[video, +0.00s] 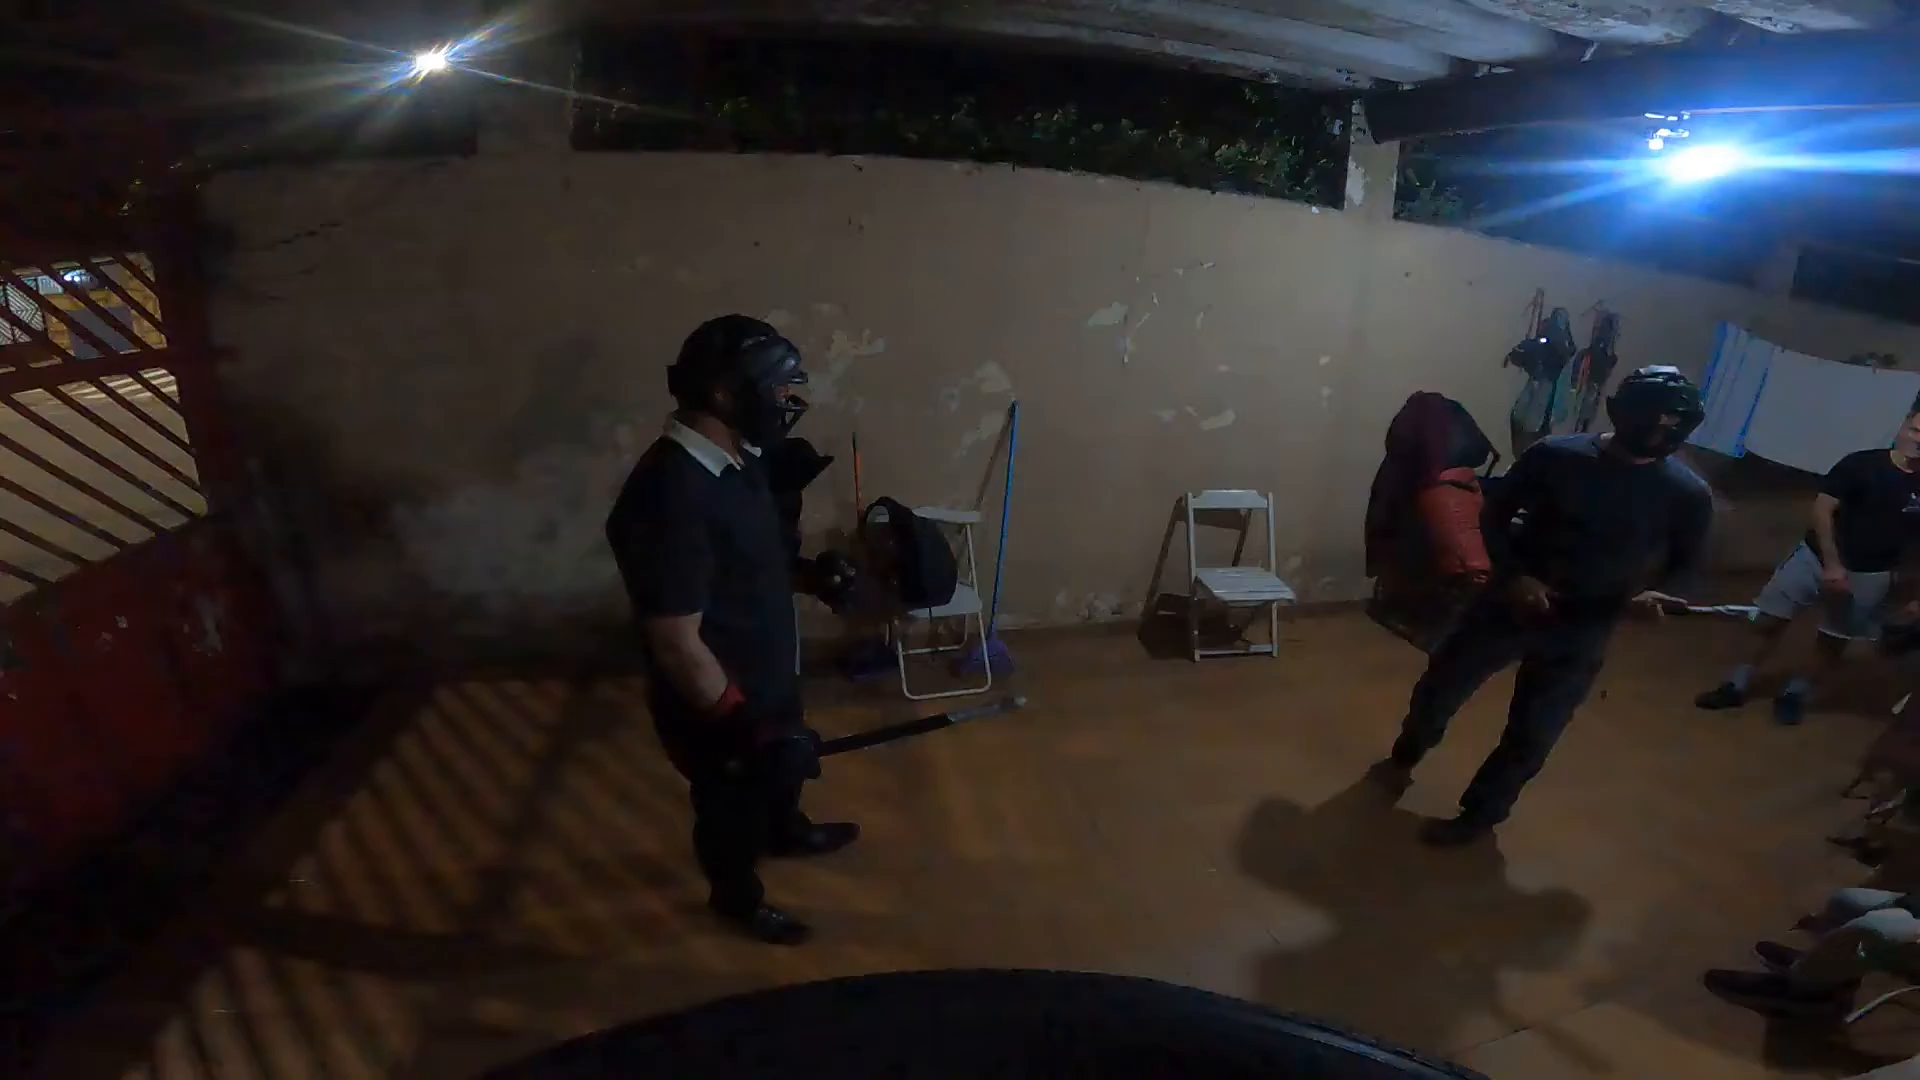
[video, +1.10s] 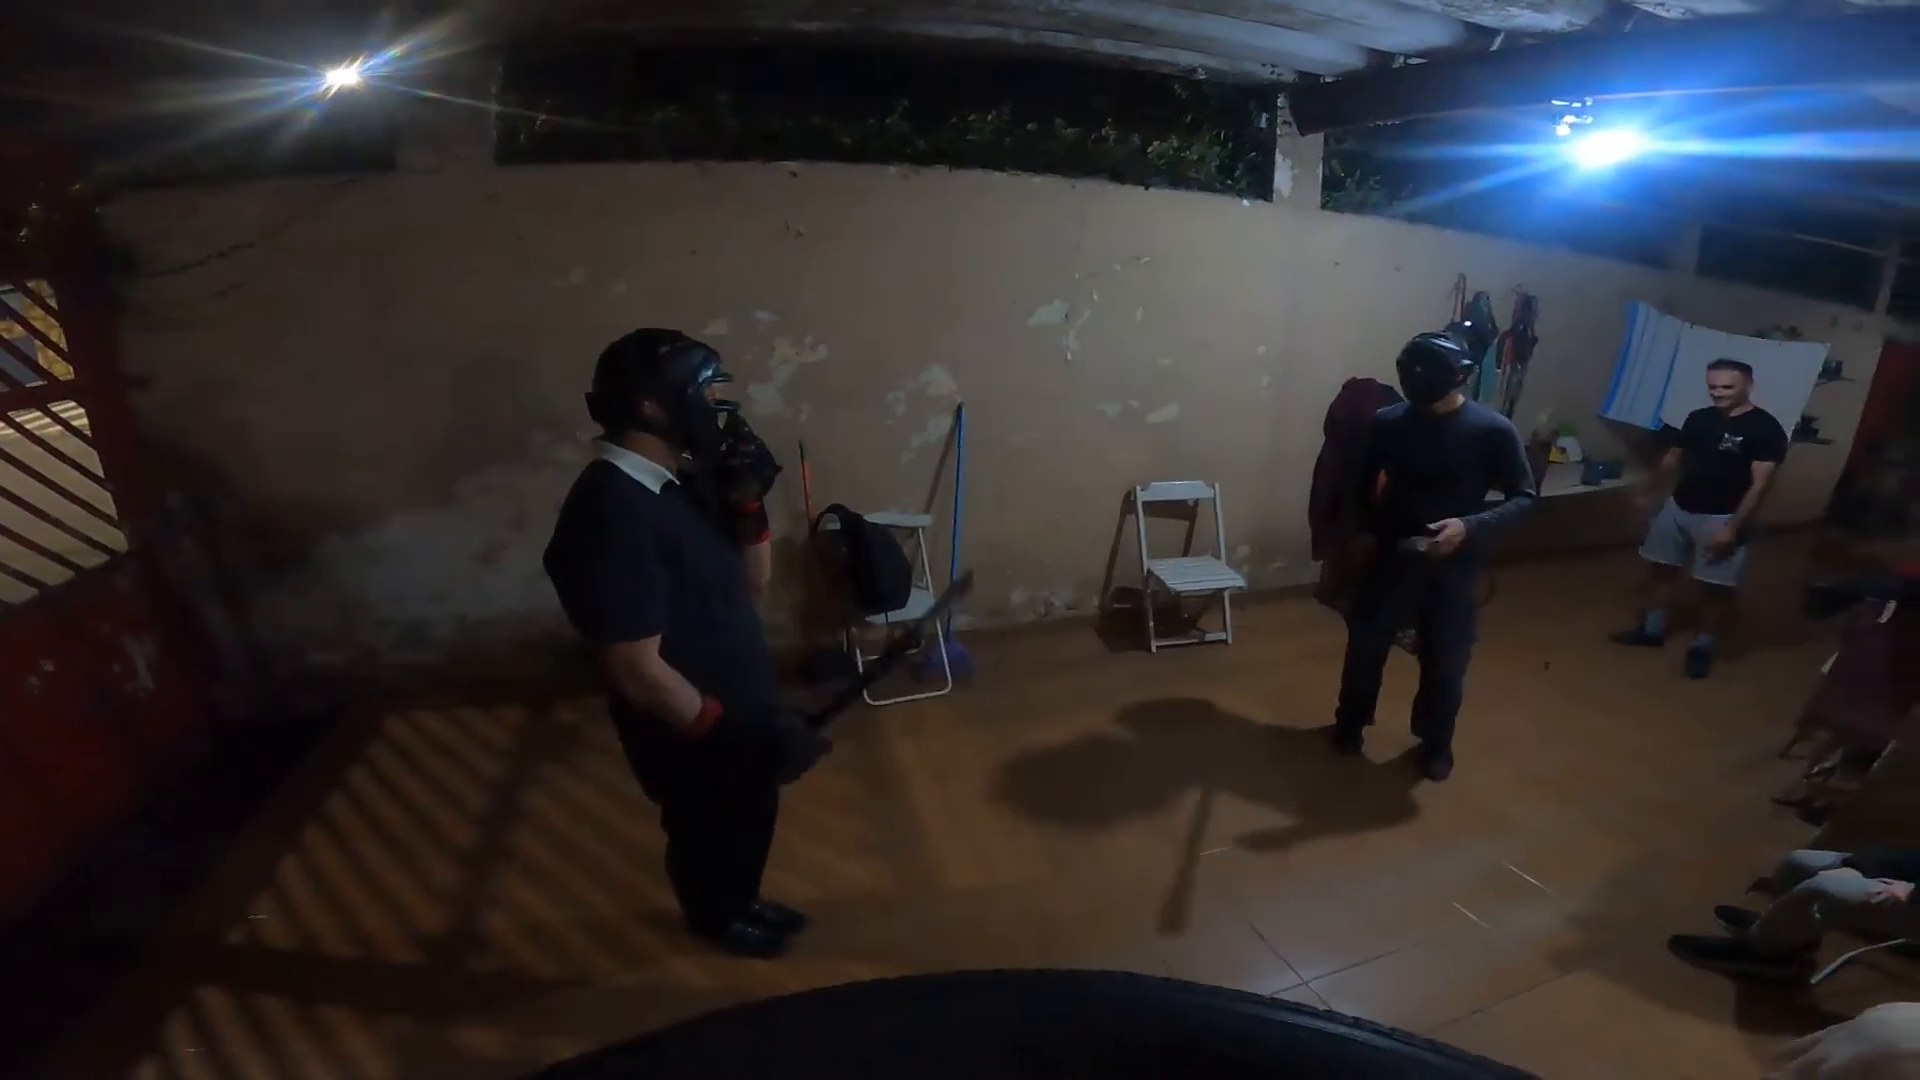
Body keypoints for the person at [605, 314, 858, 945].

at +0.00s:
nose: (787, 398)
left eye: (787, 383)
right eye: (771, 383)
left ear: (723, 394)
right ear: (721, 393)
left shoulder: (738, 461)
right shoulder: (666, 491)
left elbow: (749, 566)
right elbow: (674, 638)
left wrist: (810, 576)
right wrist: (737, 716)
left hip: (764, 663)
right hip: (710, 685)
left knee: (778, 756)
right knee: (728, 802)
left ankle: (781, 829)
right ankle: (736, 899)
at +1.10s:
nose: (716, 399)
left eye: (712, 384)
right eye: (699, 387)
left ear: (652, 410)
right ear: (650, 408)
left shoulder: (677, 483)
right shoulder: (606, 513)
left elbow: (751, 584)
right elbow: (634, 665)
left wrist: (746, 504)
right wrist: (723, 727)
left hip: (733, 699)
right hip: (683, 723)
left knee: (745, 817)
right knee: (709, 826)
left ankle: (738, 902)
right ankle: (715, 918)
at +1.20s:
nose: (702, 401)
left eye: (697, 386)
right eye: (683, 390)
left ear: (637, 411)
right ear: (633, 410)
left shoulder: (666, 483)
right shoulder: (587, 520)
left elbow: (747, 580)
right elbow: (633, 666)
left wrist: (735, 503)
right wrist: (734, 712)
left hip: (723, 700)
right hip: (668, 723)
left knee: (736, 814)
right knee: (694, 826)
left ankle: (729, 901)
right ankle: (703, 918)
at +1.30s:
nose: (626, 404)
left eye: (623, 390)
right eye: (609, 392)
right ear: (574, 405)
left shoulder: (591, 492)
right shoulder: (534, 512)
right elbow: (565, 645)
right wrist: (647, 694)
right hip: (616, 706)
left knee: (662, 805)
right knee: (656, 812)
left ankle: (667, 904)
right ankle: (664, 916)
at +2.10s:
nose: (703, 393)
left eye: (699, 378)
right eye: (687, 381)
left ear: (643, 401)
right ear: (644, 400)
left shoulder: (648, 468)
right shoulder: (609, 499)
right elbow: (638, 652)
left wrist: (705, 518)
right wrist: (745, 682)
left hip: (677, 683)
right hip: (649, 702)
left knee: (707, 785)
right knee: (707, 810)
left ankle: (703, 861)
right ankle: (672, 909)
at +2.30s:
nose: (753, 400)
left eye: (750, 385)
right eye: (738, 389)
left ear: (692, 408)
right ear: (697, 407)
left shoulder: (663, 470)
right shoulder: (662, 500)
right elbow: (689, 650)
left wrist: (748, 517)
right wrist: (793, 664)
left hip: (681, 670)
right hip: (679, 687)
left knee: (724, 765)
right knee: (798, 792)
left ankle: (709, 877)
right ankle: (755, 905)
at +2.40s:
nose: (787, 403)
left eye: (782, 389)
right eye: (771, 391)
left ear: (724, 411)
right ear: (730, 410)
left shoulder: (680, 473)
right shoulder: (701, 503)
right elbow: (718, 643)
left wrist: (784, 520)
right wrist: (808, 659)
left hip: (679, 668)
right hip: (704, 682)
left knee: (739, 752)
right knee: (819, 784)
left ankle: (723, 867)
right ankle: (837, 909)